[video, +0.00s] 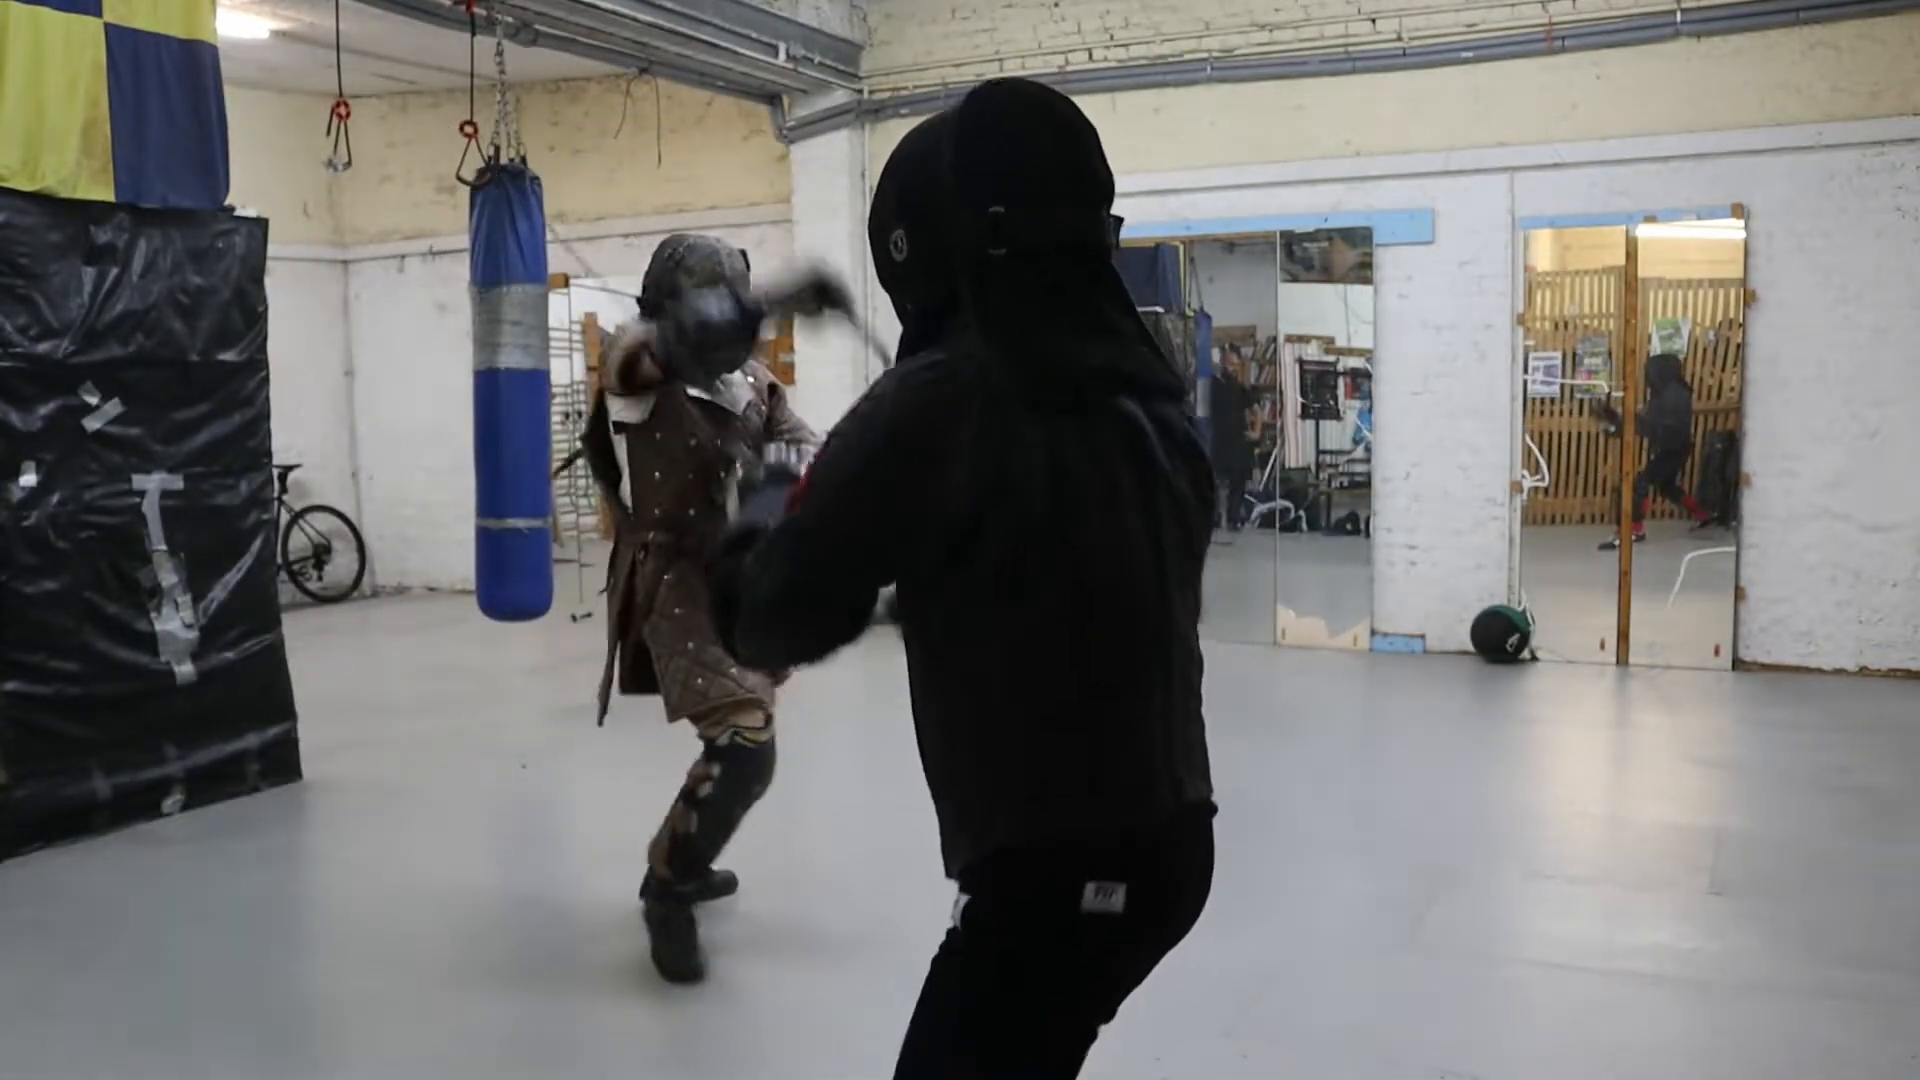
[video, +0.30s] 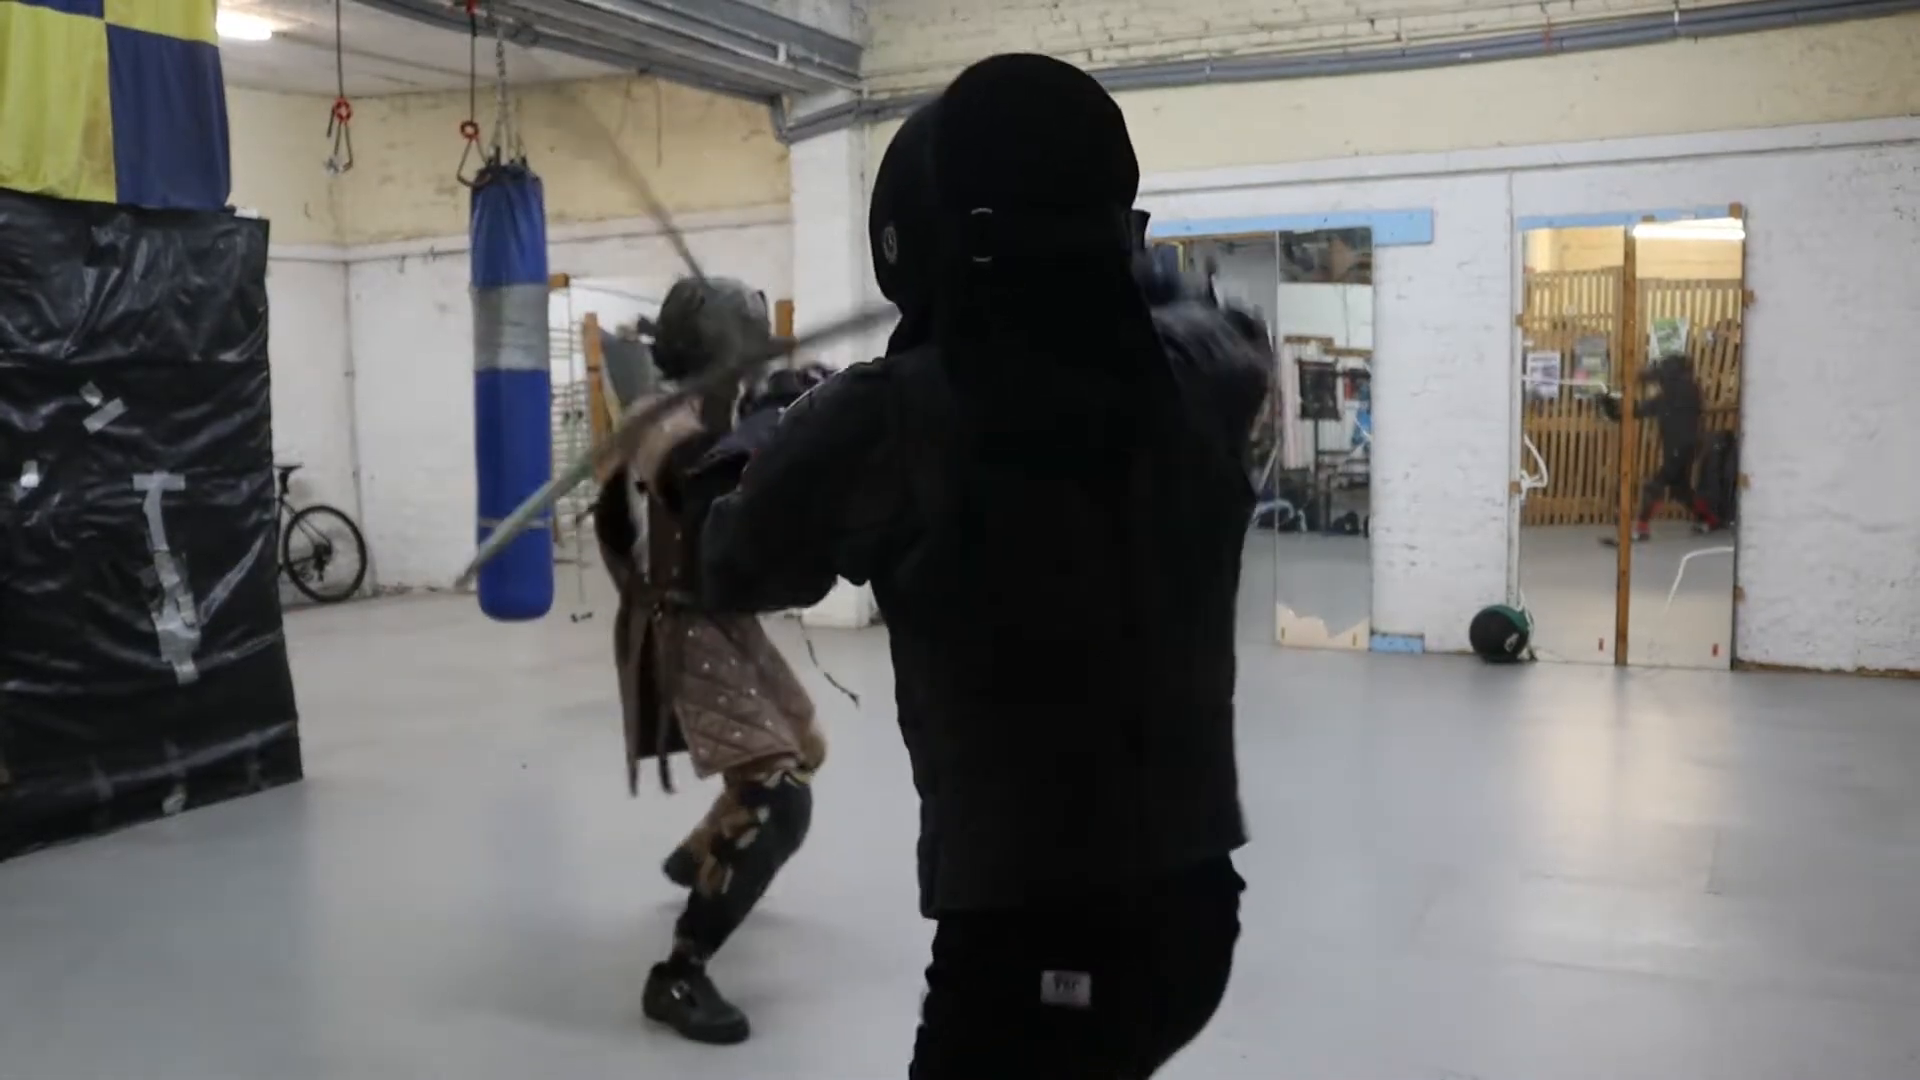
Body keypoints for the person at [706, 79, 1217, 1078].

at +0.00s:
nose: (894, 275)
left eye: (901, 244)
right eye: (890, 246)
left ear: (949, 239)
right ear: (1077, 230)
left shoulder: (937, 400)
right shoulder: (1147, 387)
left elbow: (779, 617)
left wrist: (760, 505)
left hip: (1043, 866)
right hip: (1161, 845)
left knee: (945, 1066)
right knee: (1013, 1057)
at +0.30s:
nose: (890, 261)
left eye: (899, 232)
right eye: (890, 233)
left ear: (934, 234)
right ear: (1113, 218)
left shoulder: (898, 412)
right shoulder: (1198, 377)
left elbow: (735, 565)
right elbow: (1230, 336)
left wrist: (711, 454)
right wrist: (1123, 261)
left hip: (1011, 938)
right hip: (1188, 915)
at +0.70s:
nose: (900, 264)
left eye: (908, 233)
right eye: (901, 234)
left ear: (941, 235)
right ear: (1121, 221)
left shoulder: (914, 422)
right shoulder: (1207, 399)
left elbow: (730, 624)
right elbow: (1284, 435)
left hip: (1043, 924)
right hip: (1217, 900)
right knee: (1091, 1056)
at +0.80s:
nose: (909, 255)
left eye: (917, 223)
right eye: (907, 225)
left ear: (959, 222)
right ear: (1117, 213)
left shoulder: (925, 408)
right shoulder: (1200, 399)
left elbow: (820, 679)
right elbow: (1254, 580)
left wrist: (752, 560)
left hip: (1065, 891)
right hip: (1226, 864)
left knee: (998, 1065)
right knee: (1076, 1055)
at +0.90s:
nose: (917, 247)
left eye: (924, 217)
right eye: (914, 221)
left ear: (965, 210)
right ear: (1122, 200)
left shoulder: (937, 385)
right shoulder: (1207, 389)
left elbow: (807, 652)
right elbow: (1249, 619)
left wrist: (775, 547)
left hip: (1074, 876)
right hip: (1235, 852)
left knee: (1011, 1061)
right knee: (1087, 1055)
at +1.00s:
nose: (921, 232)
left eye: (928, 202)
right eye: (919, 204)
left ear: (966, 203)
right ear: (1142, 188)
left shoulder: (936, 383)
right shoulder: (1211, 379)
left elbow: (790, 576)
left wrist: (793, 475)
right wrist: (974, 621)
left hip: (1090, 901)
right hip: (1243, 869)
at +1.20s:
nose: (920, 237)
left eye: (930, 206)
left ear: (969, 218)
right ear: (1190, 204)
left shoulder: (947, 458)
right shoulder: (1281, 436)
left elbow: (863, 771)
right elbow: (1317, 668)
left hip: (1066, 938)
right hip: (1267, 932)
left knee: (1079, 1053)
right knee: (1252, 1053)